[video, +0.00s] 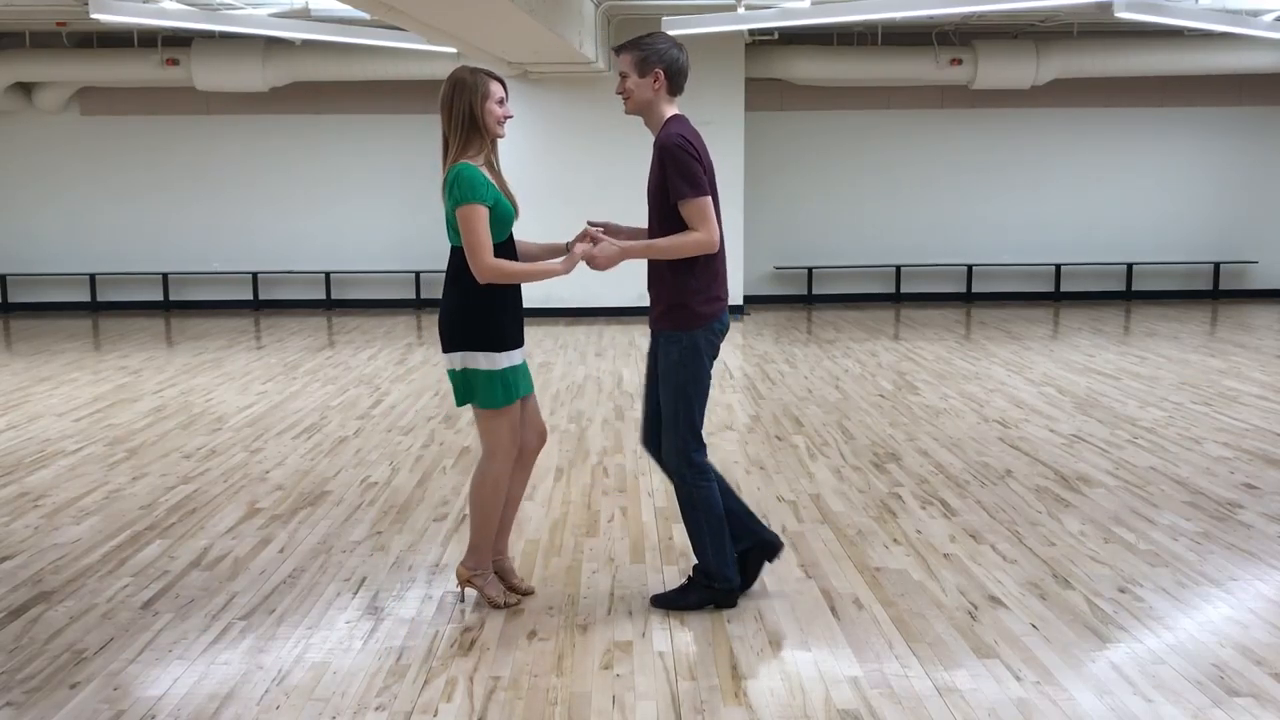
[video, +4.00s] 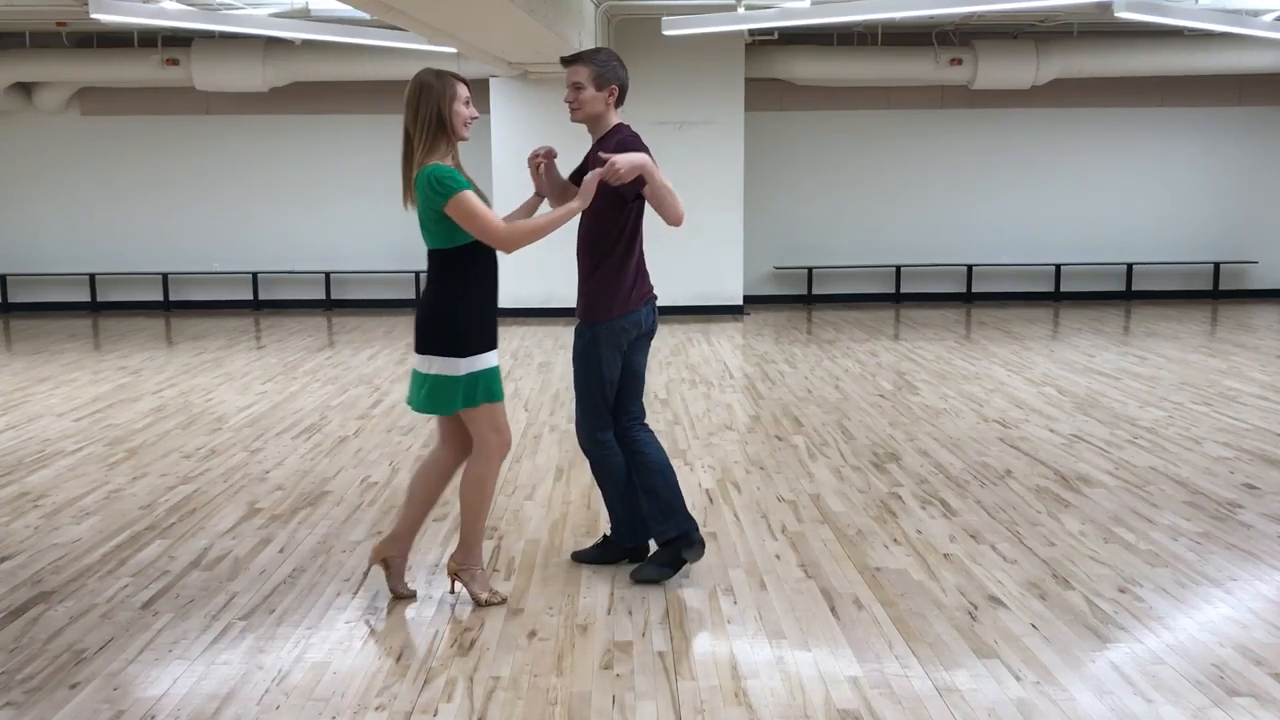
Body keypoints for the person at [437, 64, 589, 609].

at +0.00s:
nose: (507, 111)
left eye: (505, 102)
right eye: (497, 102)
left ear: (489, 109)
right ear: (471, 109)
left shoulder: (484, 172)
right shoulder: (467, 175)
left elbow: (510, 249)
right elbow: (482, 268)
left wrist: (567, 248)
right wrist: (559, 268)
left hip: (499, 327)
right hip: (476, 330)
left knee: (531, 437)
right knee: (500, 447)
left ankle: (497, 553)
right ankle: (475, 563)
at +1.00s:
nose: (445, 112)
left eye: (444, 104)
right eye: (436, 105)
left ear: (424, 113)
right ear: (410, 113)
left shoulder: (422, 174)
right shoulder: (404, 179)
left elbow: (411, 261)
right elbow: (383, 264)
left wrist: (466, 271)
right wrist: (460, 275)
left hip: (426, 336)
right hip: (400, 339)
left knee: (449, 444)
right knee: (401, 456)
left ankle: (401, 549)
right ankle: (355, 566)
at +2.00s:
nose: (491, 113)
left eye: (489, 104)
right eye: (482, 104)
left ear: (470, 112)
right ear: (456, 112)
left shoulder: (468, 175)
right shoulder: (452, 180)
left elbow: (501, 253)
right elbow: (472, 271)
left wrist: (560, 258)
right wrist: (547, 274)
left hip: (479, 326)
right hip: (468, 331)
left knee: (503, 443)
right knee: (515, 444)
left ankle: (484, 552)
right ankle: (468, 554)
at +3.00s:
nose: (442, 112)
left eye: (440, 103)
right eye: (432, 103)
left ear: (423, 114)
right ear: (406, 112)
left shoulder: (419, 175)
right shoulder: (397, 180)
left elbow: (424, 259)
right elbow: (385, 267)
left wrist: (473, 273)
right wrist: (460, 282)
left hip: (431, 327)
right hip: (410, 334)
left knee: (448, 443)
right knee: (432, 451)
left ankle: (409, 553)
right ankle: (363, 557)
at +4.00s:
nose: (473, 111)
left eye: (471, 102)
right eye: (464, 103)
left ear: (441, 113)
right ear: (440, 111)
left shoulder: (445, 173)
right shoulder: (439, 176)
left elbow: (498, 233)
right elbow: (504, 238)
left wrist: (537, 197)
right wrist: (574, 206)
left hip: (450, 329)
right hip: (461, 333)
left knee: (454, 444)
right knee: (493, 440)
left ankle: (394, 546)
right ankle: (468, 560)